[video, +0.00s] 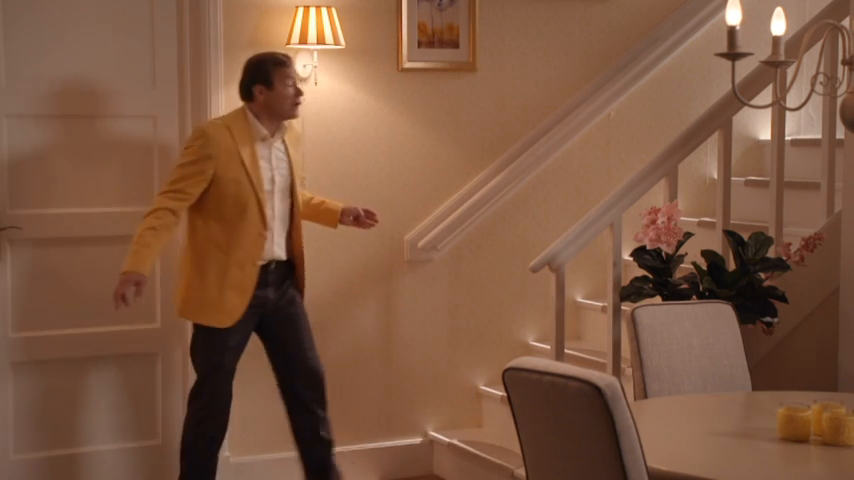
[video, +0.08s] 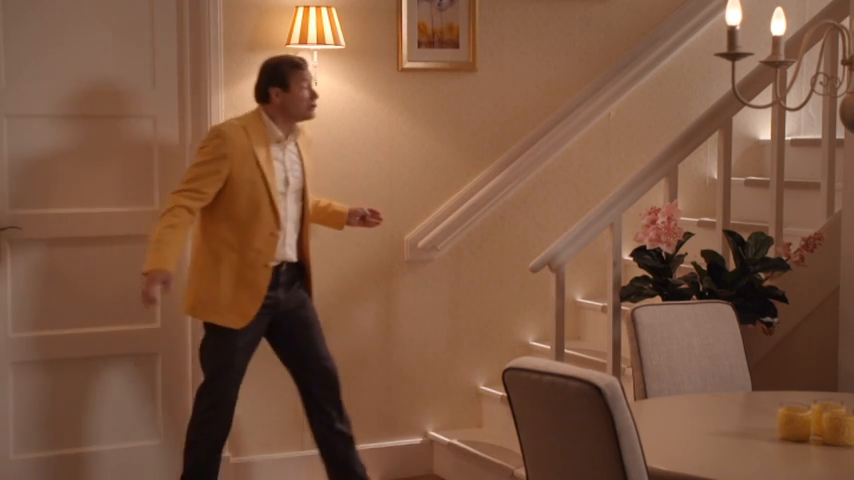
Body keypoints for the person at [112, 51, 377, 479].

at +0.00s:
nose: (300, 93)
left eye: (298, 85)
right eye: (290, 86)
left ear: (273, 95)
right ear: (259, 93)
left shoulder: (286, 138)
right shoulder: (214, 137)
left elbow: (287, 201)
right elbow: (171, 204)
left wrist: (340, 214)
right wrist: (138, 264)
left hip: (279, 285)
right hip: (226, 290)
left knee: (308, 386)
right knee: (211, 400)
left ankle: (325, 476)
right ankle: (195, 479)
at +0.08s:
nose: (315, 95)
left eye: (313, 87)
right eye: (306, 88)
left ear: (286, 97)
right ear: (275, 95)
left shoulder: (294, 143)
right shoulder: (228, 138)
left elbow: (293, 205)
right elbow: (186, 201)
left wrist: (346, 216)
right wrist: (160, 261)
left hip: (287, 287)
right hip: (238, 292)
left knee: (323, 383)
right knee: (218, 399)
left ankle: (351, 476)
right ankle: (197, 478)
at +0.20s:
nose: (339, 96)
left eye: (337, 88)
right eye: (331, 89)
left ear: (310, 98)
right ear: (302, 97)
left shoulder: (317, 148)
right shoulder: (257, 142)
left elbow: (321, 209)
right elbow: (217, 203)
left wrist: (371, 217)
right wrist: (205, 259)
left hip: (313, 290)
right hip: (265, 292)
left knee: (340, 383)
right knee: (235, 398)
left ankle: (358, 476)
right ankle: (203, 478)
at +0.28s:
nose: (357, 95)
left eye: (355, 89)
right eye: (349, 89)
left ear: (328, 98)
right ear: (321, 97)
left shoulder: (334, 147)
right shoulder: (279, 142)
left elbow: (338, 210)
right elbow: (244, 206)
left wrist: (389, 216)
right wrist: (237, 260)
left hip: (333, 290)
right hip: (289, 293)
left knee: (358, 387)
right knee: (255, 396)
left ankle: (362, 476)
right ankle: (211, 477)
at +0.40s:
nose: (380, 92)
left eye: (378, 84)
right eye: (373, 85)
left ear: (350, 92)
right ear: (345, 92)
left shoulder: (355, 142)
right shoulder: (304, 137)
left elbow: (361, 203)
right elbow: (274, 205)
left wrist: (413, 201)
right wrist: (284, 260)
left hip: (352, 287)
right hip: (313, 288)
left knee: (365, 386)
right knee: (291, 386)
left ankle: (363, 474)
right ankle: (241, 475)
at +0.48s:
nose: (389, 86)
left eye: (387, 79)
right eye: (381, 79)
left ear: (359, 87)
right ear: (354, 86)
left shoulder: (365, 137)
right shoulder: (316, 131)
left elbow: (373, 196)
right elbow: (286, 199)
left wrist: (423, 190)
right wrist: (306, 253)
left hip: (359, 285)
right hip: (320, 283)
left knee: (360, 387)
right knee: (318, 377)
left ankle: (362, 473)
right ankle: (270, 474)